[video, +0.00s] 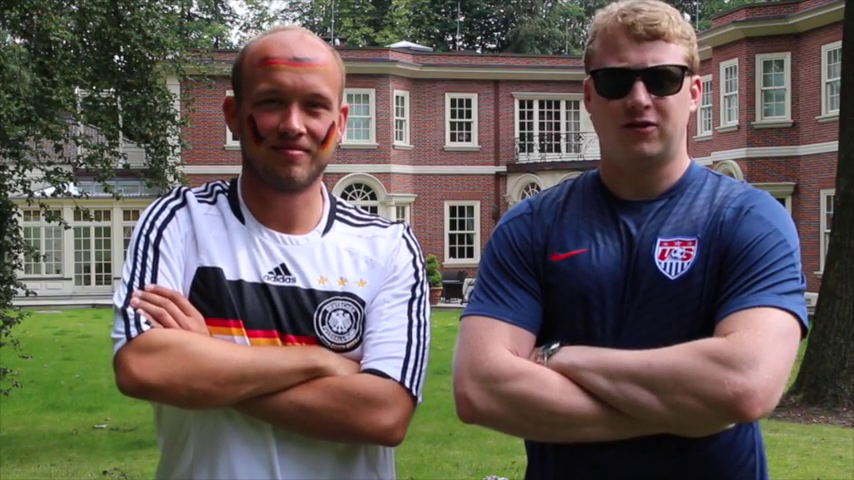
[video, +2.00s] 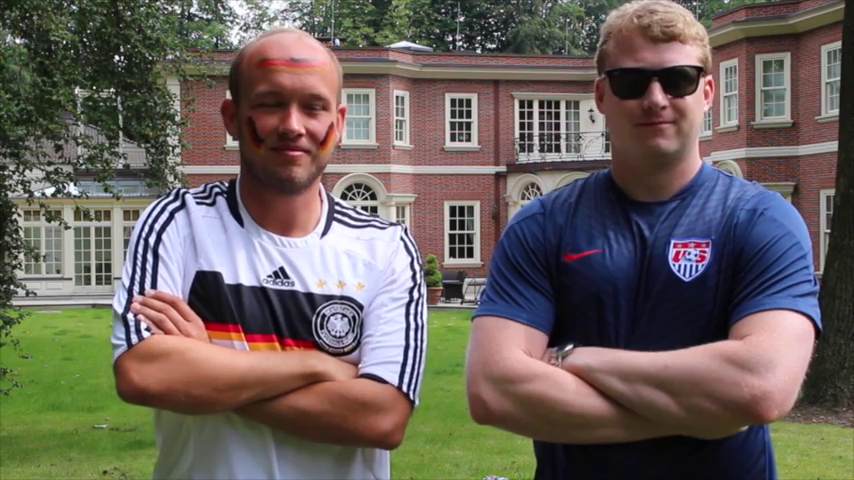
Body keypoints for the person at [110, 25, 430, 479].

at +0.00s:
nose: (293, 125)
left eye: (315, 106)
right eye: (272, 103)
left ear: (340, 122)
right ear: (234, 115)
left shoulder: (389, 247)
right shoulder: (175, 221)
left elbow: (386, 417)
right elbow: (139, 367)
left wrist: (210, 366)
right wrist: (322, 361)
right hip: (203, 474)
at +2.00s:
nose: (293, 126)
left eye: (314, 107)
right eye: (271, 104)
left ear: (338, 124)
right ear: (232, 118)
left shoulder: (387, 249)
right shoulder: (174, 221)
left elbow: (384, 421)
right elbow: (138, 374)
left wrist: (211, 372)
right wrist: (318, 365)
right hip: (201, 473)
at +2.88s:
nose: (294, 115)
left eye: (301, 98)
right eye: (269, 95)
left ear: (309, 109)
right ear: (204, 117)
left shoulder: (348, 240)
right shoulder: (140, 232)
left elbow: (403, 406)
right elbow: (125, 388)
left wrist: (248, 361)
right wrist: (289, 304)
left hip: (330, 474)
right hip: (191, 472)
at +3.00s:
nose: (288, 122)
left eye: (295, 103)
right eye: (263, 100)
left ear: (304, 110)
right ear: (197, 119)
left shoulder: (339, 242)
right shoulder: (136, 239)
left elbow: (405, 411)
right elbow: (169, 407)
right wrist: (342, 322)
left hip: (323, 475)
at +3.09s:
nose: (284, 132)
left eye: (290, 111)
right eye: (259, 111)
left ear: (298, 119)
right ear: (191, 128)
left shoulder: (329, 243)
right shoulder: (141, 256)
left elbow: (366, 383)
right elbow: (230, 414)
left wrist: (386, 421)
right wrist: (412, 404)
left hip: (316, 470)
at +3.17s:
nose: (283, 150)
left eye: (287, 129)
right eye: (256, 131)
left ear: (295, 132)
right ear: (188, 152)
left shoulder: (316, 252)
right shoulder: (158, 284)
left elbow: (362, 403)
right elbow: (299, 425)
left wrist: (459, 458)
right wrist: (495, 458)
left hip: (318, 472)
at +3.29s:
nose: (291, 180)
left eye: (296, 158)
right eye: (265, 159)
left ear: (303, 161)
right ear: (196, 176)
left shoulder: (299, 268)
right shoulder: (163, 308)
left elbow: (348, 416)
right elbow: (304, 450)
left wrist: (447, 475)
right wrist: (517, 461)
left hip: (262, 466)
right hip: (148, 467)